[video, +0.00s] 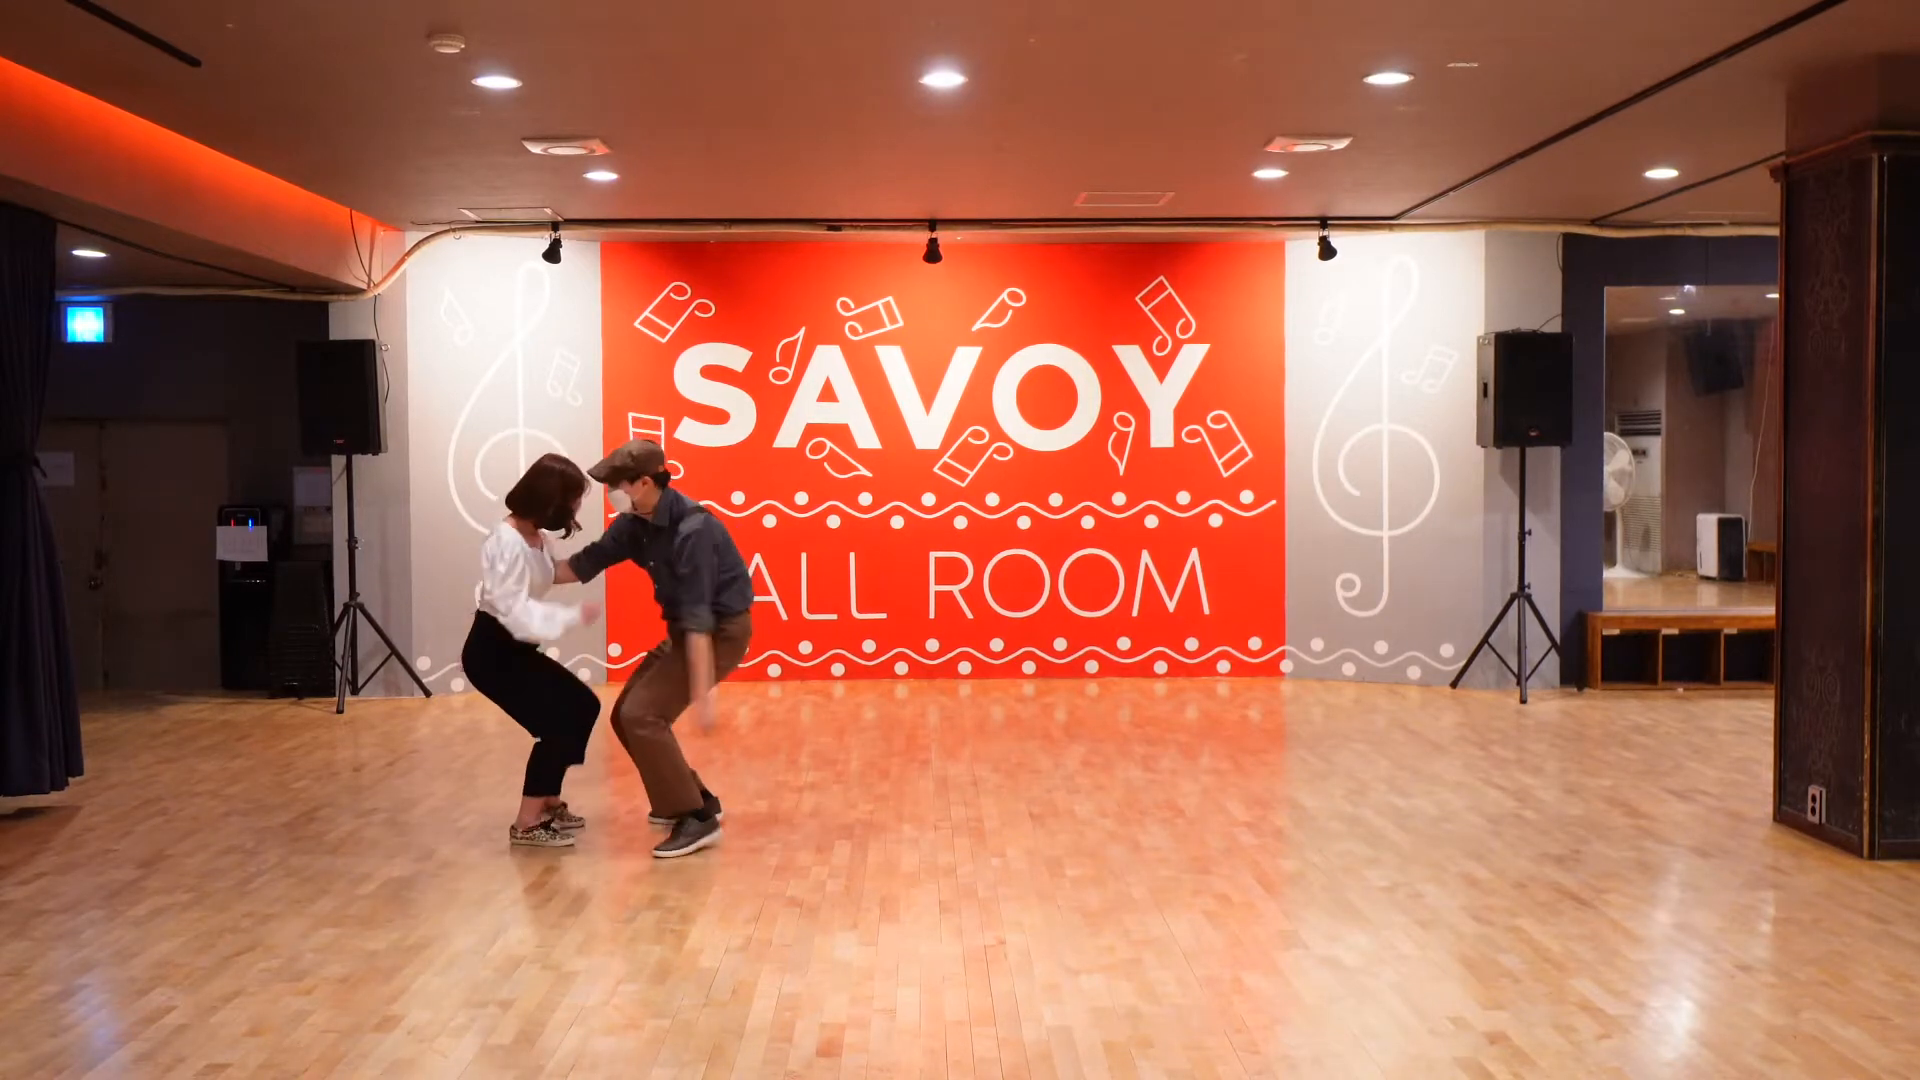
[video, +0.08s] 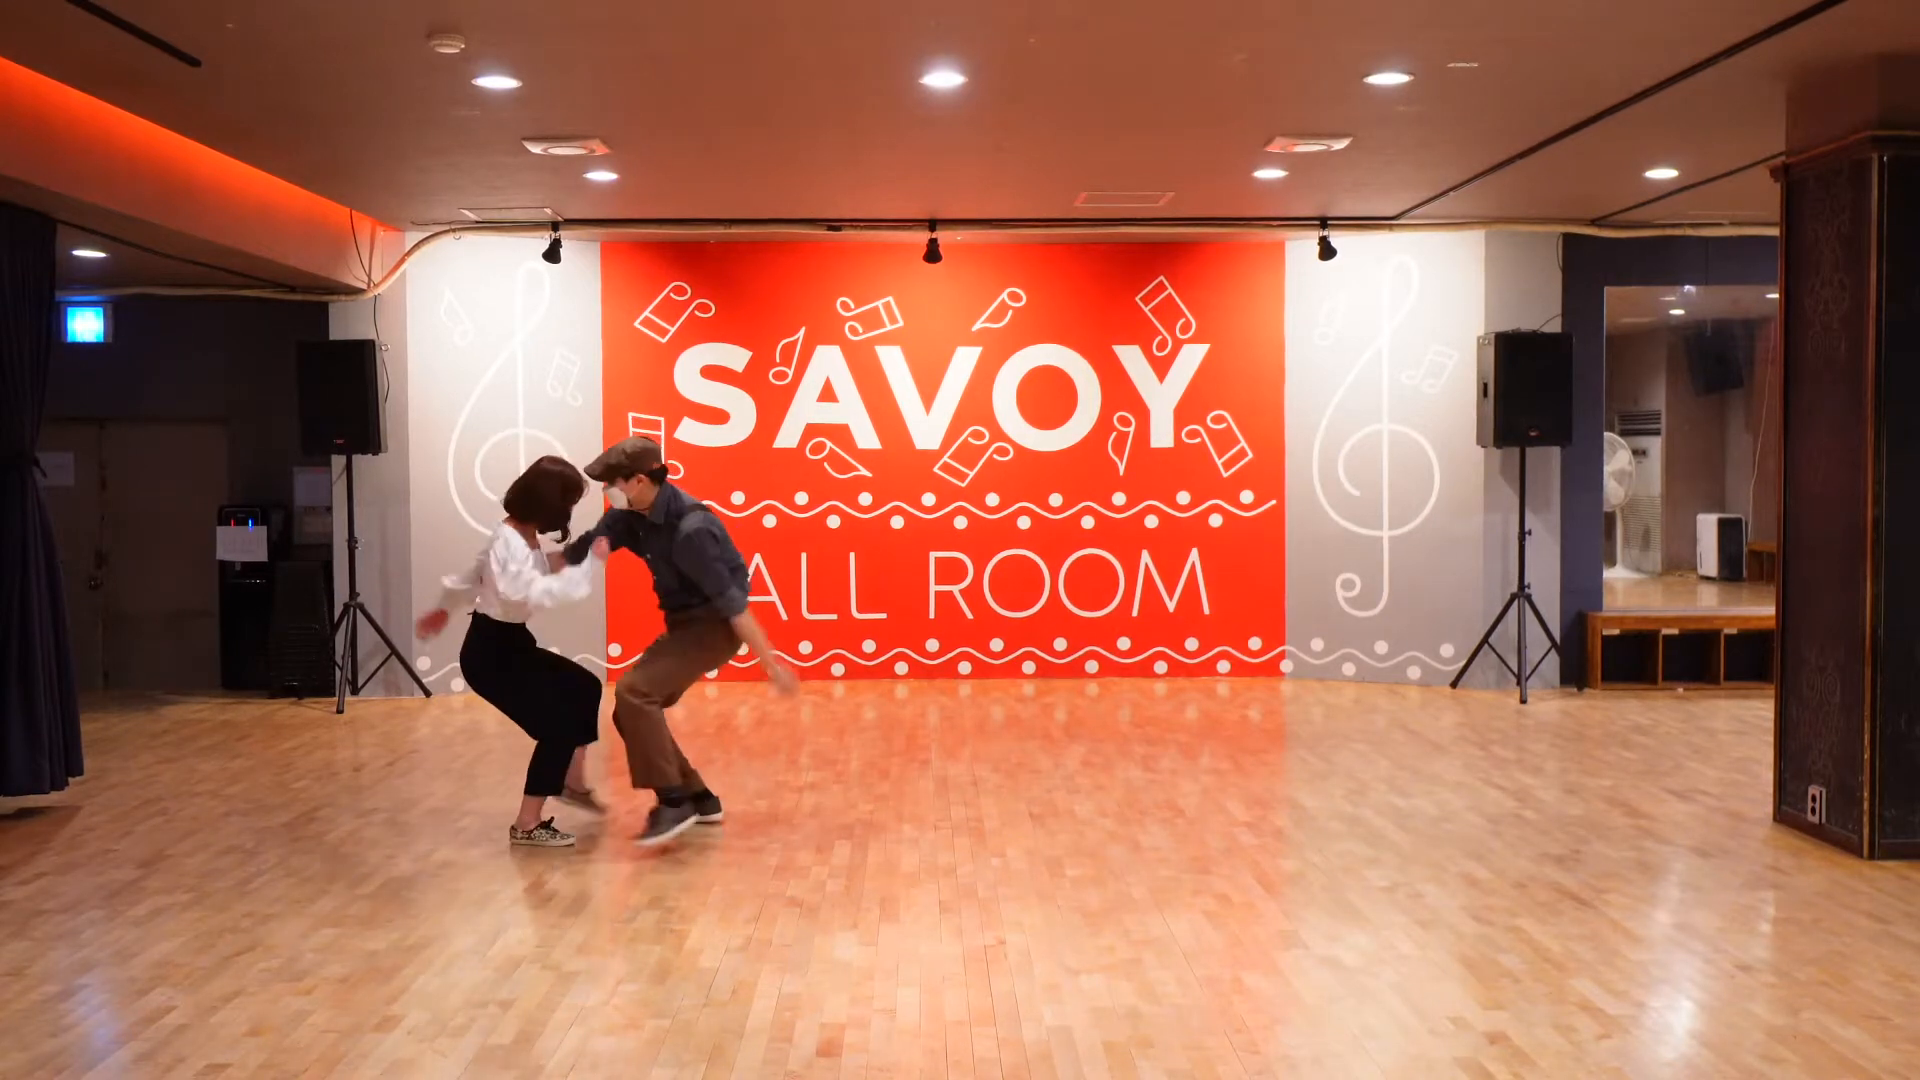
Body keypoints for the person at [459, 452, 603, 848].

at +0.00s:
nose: (579, 508)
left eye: (580, 500)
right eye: (576, 500)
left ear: (543, 499)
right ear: (555, 503)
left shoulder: (538, 541)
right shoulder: (507, 544)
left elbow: (561, 573)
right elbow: (513, 612)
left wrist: (609, 547)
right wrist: (574, 615)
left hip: (513, 647)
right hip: (490, 654)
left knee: (583, 704)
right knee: (559, 717)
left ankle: (547, 802)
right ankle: (527, 822)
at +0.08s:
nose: (571, 513)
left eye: (573, 504)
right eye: (569, 504)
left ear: (529, 492)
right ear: (551, 506)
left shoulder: (521, 535)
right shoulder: (509, 544)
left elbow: (477, 574)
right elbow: (525, 592)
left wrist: (444, 608)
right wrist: (590, 568)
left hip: (512, 645)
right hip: (488, 656)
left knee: (585, 688)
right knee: (559, 720)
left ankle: (572, 782)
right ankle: (528, 823)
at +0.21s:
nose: (566, 519)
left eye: (570, 510)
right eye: (566, 511)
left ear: (520, 490)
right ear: (555, 514)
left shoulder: (496, 531)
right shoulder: (516, 549)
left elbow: (459, 545)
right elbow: (562, 570)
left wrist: (417, 557)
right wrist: (602, 526)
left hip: (497, 646)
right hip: (488, 656)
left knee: (568, 703)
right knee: (555, 723)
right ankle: (527, 823)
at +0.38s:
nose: (565, 515)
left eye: (566, 506)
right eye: (563, 507)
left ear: (520, 492)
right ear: (548, 508)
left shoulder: (504, 531)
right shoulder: (511, 548)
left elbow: (460, 545)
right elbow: (555, 591)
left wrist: (423, 558)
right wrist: (613, 572)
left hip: (500, 642)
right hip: (479, 653)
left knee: (571, 685)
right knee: (546, 719)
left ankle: (592, 779)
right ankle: (526, 822)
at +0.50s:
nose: (564, 502)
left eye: (564, 494)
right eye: (560, 494)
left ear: (524, 491)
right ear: (541, 495)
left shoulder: (521, 536)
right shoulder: (503, 547)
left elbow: (481, 583)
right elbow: (523, 617)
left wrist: (460, 621)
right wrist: (558, 669)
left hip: (498, 645)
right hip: (480, 654)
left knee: (561, 709)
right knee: (550, 721)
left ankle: (531, 806)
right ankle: (527, 821)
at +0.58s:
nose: (562, 499)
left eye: (562, 492)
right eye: (557, 491)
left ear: (523, 491)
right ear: (537, 493)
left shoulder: (519, 538)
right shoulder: (501, 547)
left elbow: (523, 585)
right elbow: (495, 620)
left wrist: (554, 574)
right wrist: (481, 682)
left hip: (503, 648)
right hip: (489, 654)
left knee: (552, 721)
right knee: (557, 724)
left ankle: (524, 813)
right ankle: (528, 820)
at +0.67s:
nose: (553, 500)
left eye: (556, 492)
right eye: (549, 491)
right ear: (527, 489)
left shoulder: (524, 546)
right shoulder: (492, 543)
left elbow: (532, 606)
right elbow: (455, 603)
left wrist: (574, 640)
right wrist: (413, 655)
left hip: (499, 654)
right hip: (479, 657)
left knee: (546, 717)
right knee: (565, 711)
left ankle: (520, 813)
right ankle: (540, 810)